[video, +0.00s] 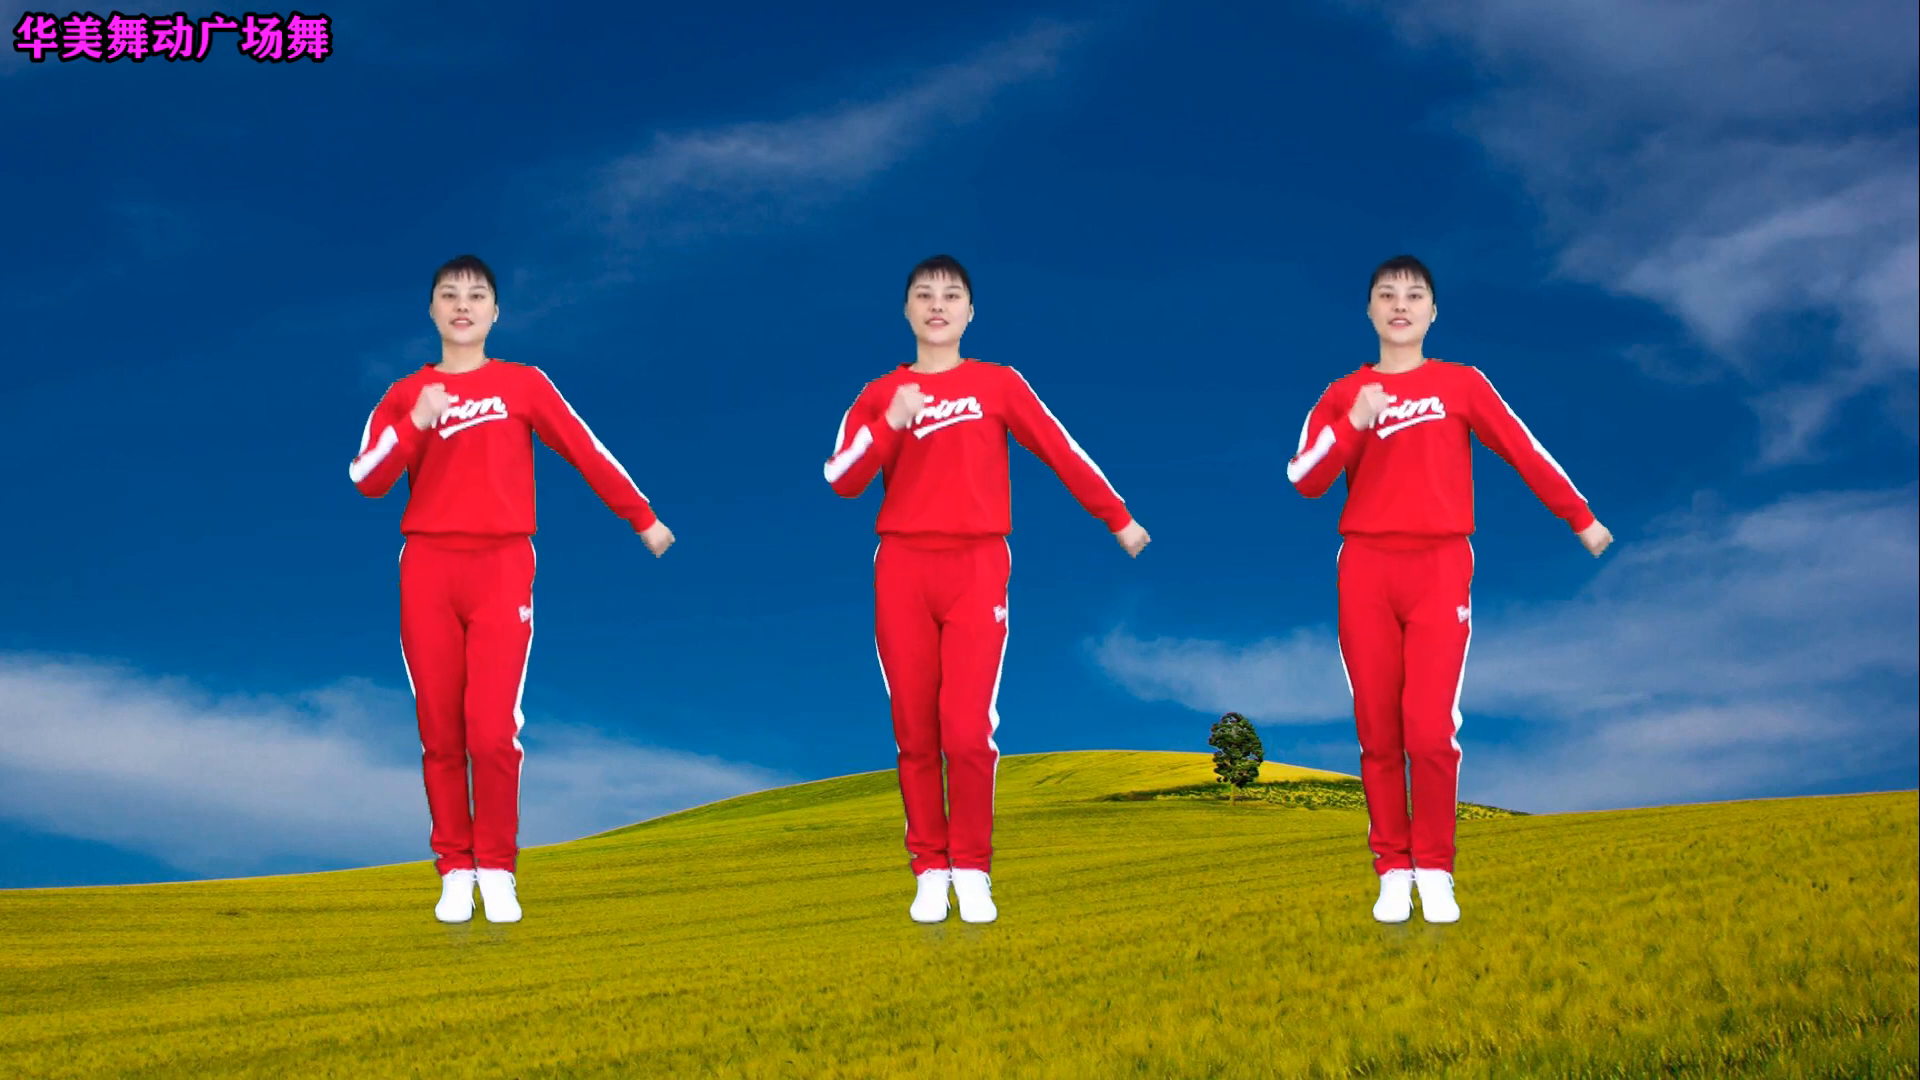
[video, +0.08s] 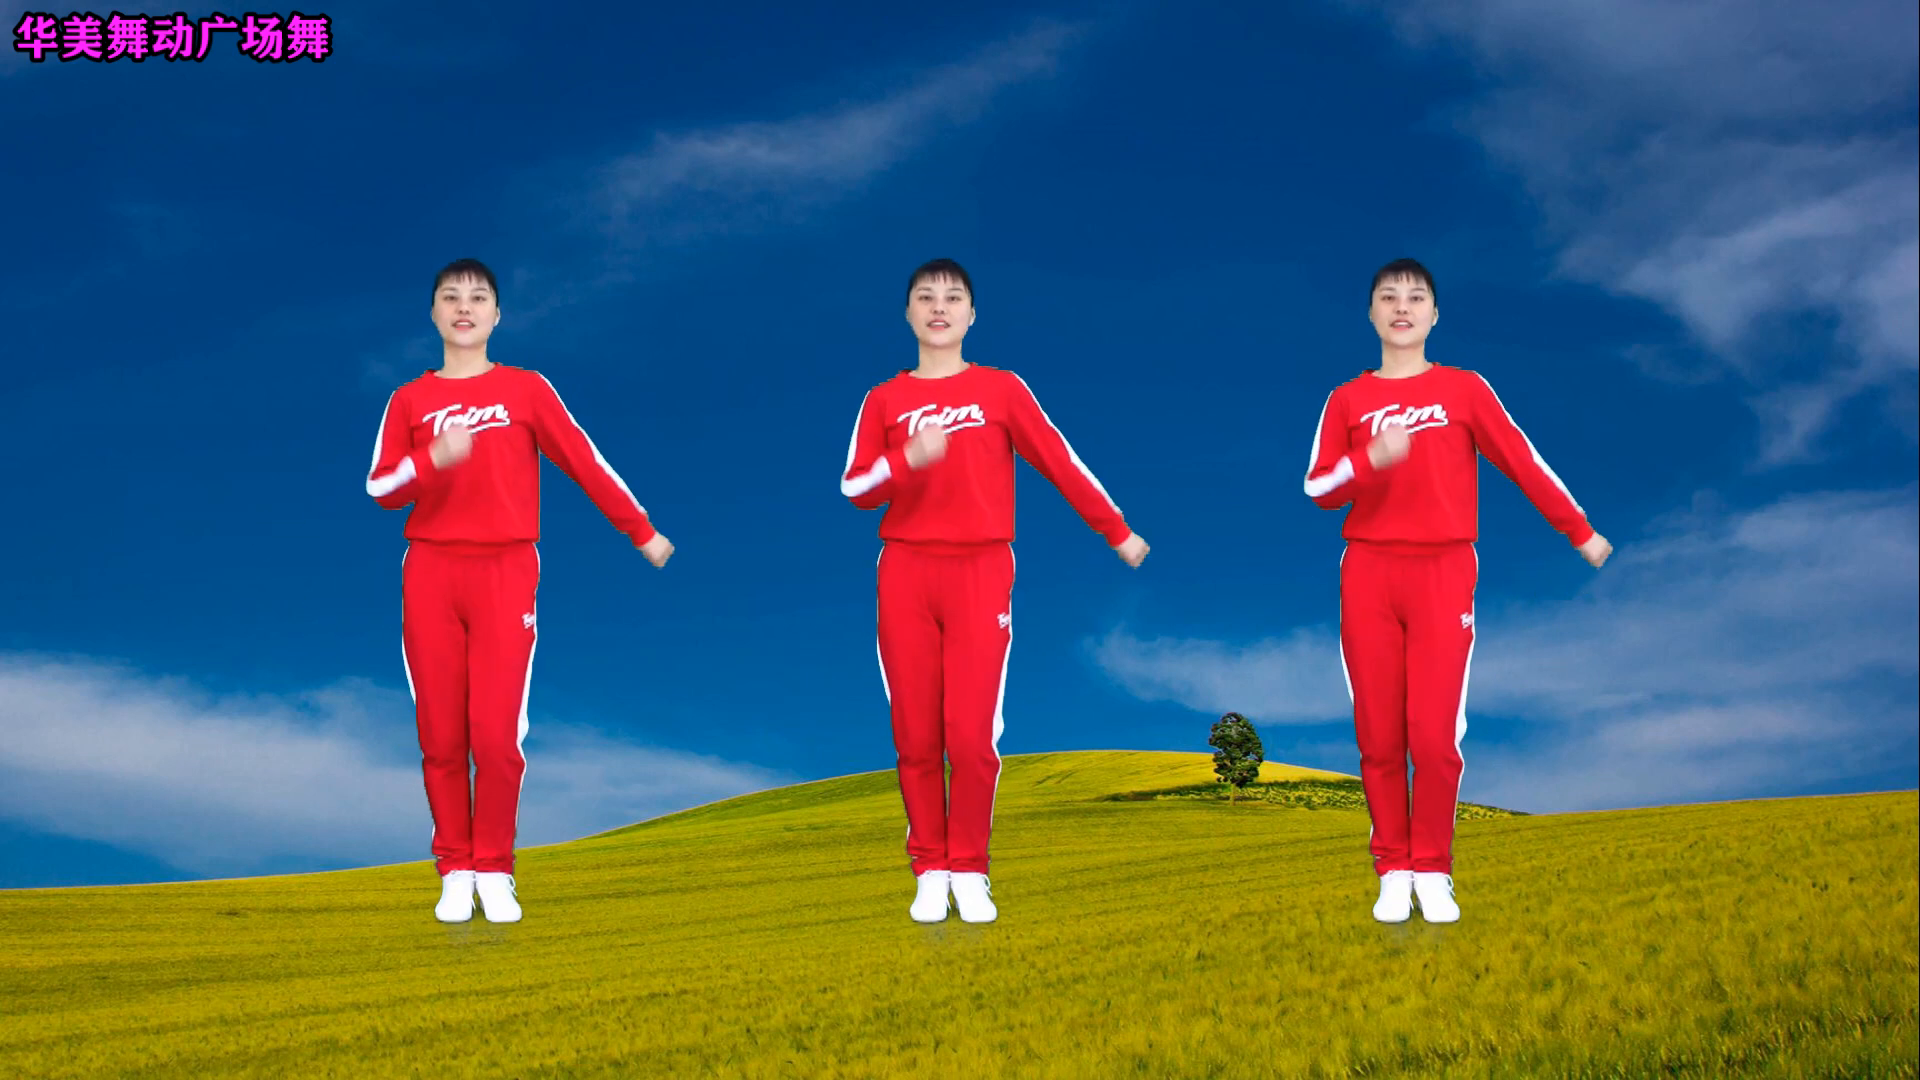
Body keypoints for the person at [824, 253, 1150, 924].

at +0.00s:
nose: (937, 306)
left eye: (951, 296)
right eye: (925, 296)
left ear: (969, 311)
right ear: (908, 310)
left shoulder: (1000, 383)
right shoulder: (879, 394)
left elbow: (1063, 452)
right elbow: (843, 481)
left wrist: (1119, 518)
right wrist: (888, 426)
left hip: (979, 566)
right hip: (902, 568)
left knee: (967, 729)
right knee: (915, 731)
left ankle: (971, 868)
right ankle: (929, 869)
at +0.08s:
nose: (939, 307)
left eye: (952, 298)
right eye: (926, 298)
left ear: (971, 314)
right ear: (909, 314)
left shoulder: (1002, 388)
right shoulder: (883, 399)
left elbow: (1063, 463)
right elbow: (856, 489)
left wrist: (1118, 532)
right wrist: (905, 462)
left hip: (981, 570)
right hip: (905, 571)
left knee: (971, 729)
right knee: (916, 731)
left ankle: (969, 870)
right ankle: (930, 869)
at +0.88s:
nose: (964, 300)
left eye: (971, 290)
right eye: (947, 292)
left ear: (982, 308)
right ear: (918, 311)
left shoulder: (1007, 386)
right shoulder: (892, 381)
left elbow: (1030, 469)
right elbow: (807, 421)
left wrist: (1031, 536)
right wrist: (714, 459)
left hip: (995, 563)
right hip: (922, 565)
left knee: (987, 724)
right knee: (927, 724)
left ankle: (974, 865)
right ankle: (925, 869)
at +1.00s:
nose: (969, 314)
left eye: (973, 305)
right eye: (952, 306)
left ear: (980, 324)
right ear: (917, 327)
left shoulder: (1008, 405)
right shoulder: (898, 404)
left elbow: (1032, 499)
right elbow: (831, 473)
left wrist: (1048, 583)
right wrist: (765, 540)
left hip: (991, 579)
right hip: (918, 577)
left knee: (998, 728)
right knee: (922, 732)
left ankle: (983, 844)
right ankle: (924, 870)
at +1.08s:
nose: (973, 319)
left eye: (975, 310)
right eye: (955, 311)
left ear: (980, 329)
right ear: (919, 331)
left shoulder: (1006, 411)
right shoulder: (904, 407)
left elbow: (1027, 507)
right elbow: (885, 497)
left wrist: (1041, 588)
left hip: (990, 587)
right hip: (918, 584)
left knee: (1011, 724)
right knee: (921, 742)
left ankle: (998, 829)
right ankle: (924, 871)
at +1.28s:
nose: (981, 290)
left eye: (983, 279)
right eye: (963, 280)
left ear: (986, 297)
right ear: (927, 299)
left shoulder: (1010, 369)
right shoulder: (912, 364)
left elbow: (1035, 467)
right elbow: (983, 360)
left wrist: (1046, 552)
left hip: (1014, 549)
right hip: (943, 549)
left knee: (1046, 705)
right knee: (936, 714)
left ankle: (1070, 845)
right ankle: (925, 863)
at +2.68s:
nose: (1004, 293)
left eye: (1019, 282)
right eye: (1000, 286)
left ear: (1057, 294)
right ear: (999, 299)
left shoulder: (1084, 358)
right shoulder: (986, 386)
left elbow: (1025, 331)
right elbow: (967, 476)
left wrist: (943, 316)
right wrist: (956, 554)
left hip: (1066, 552)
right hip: (994, 555)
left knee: (1078, 713)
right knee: (952, 704)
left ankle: (1091, 860)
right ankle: (924, 844)